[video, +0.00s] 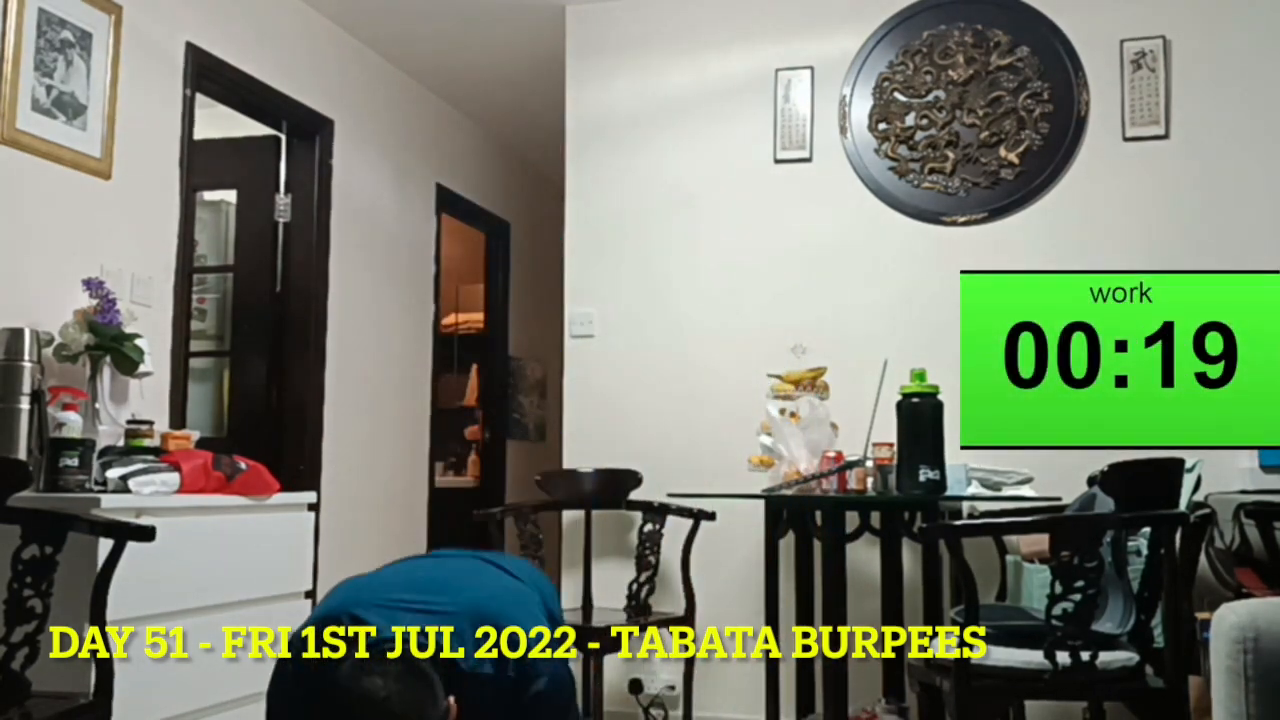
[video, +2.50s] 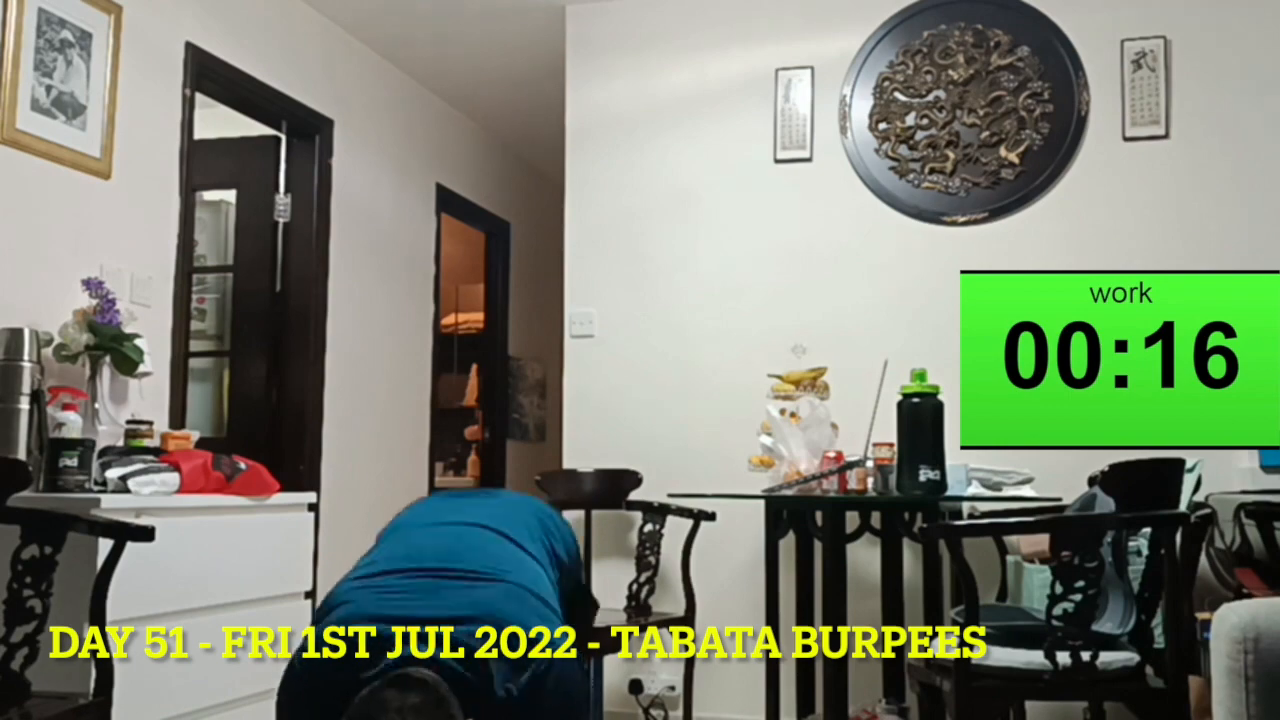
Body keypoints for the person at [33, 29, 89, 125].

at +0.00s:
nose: (66, 51)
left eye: (69, 48)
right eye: (63, 48)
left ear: (74, 49)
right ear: (60, 50)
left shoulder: (79, 65)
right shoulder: (61, 60)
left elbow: (70, 89)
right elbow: (57, 81)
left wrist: (49, 83)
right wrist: (49, 101)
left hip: (80, 102)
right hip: (63, 95)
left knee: (64, 98)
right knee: (48, 88)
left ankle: (70, 120)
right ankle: (61, 117)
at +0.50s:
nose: (66, 51)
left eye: (69, 48)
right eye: (63, 48)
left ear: (74, 49)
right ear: (60, 50)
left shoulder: (79, 65)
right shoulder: (61, 60)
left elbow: (70, 89)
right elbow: (57, 81)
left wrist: (49, 83)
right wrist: (49, 101)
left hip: (80, 102)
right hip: (63, 95)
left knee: (64, 98)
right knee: (47, 88)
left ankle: (70, 120)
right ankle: (61, 117)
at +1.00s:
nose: (66, 51)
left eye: (69, 48)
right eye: (63, 48)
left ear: (74, 49)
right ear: (61, 50)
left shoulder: (79, 66)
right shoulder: (61, 60)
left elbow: (70, 89)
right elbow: (57, 81)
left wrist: (49, 82)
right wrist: (49, 100)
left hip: (80, 102)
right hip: (63, 95)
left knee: (64, 98)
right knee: (48, 88)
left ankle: (70, 120)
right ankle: (61, 116)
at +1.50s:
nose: (65, 50)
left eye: (68, 47)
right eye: (63, 47)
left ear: (74, 49)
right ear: (60, 49)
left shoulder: (78, 65)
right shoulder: (61, 60)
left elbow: (69, 89)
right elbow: (56, 80)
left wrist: (49, 83)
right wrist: (49, 101)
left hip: (79, 101)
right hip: (63, 94)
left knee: (63, 98)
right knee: (47, 88)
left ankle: (69, 119)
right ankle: (61, 116)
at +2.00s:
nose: (66, 51)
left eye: (69, 48)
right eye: (63, 48)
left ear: (74, 49)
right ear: (60, 50)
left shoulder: (79, 66)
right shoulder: (61, 60)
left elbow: (69, 89)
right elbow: (56, 80)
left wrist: (49, 82)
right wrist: (49, 101)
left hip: (79, 102)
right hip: (63, 94)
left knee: (64, 98)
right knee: (48, 88)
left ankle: (69, 119)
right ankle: (60, 116)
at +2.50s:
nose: (66, 53)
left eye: (69, 48)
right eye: (63, 50)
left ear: (74, 49)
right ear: (60, 51)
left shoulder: (79, 66)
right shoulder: (61, 60)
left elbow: (69, 89)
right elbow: (57, 81)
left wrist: (49, 82)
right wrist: (49, 101)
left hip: (78, 102)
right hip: (62, 95)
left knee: (64, 98)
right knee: (47, 88)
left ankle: (70, 120)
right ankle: (60, 116)